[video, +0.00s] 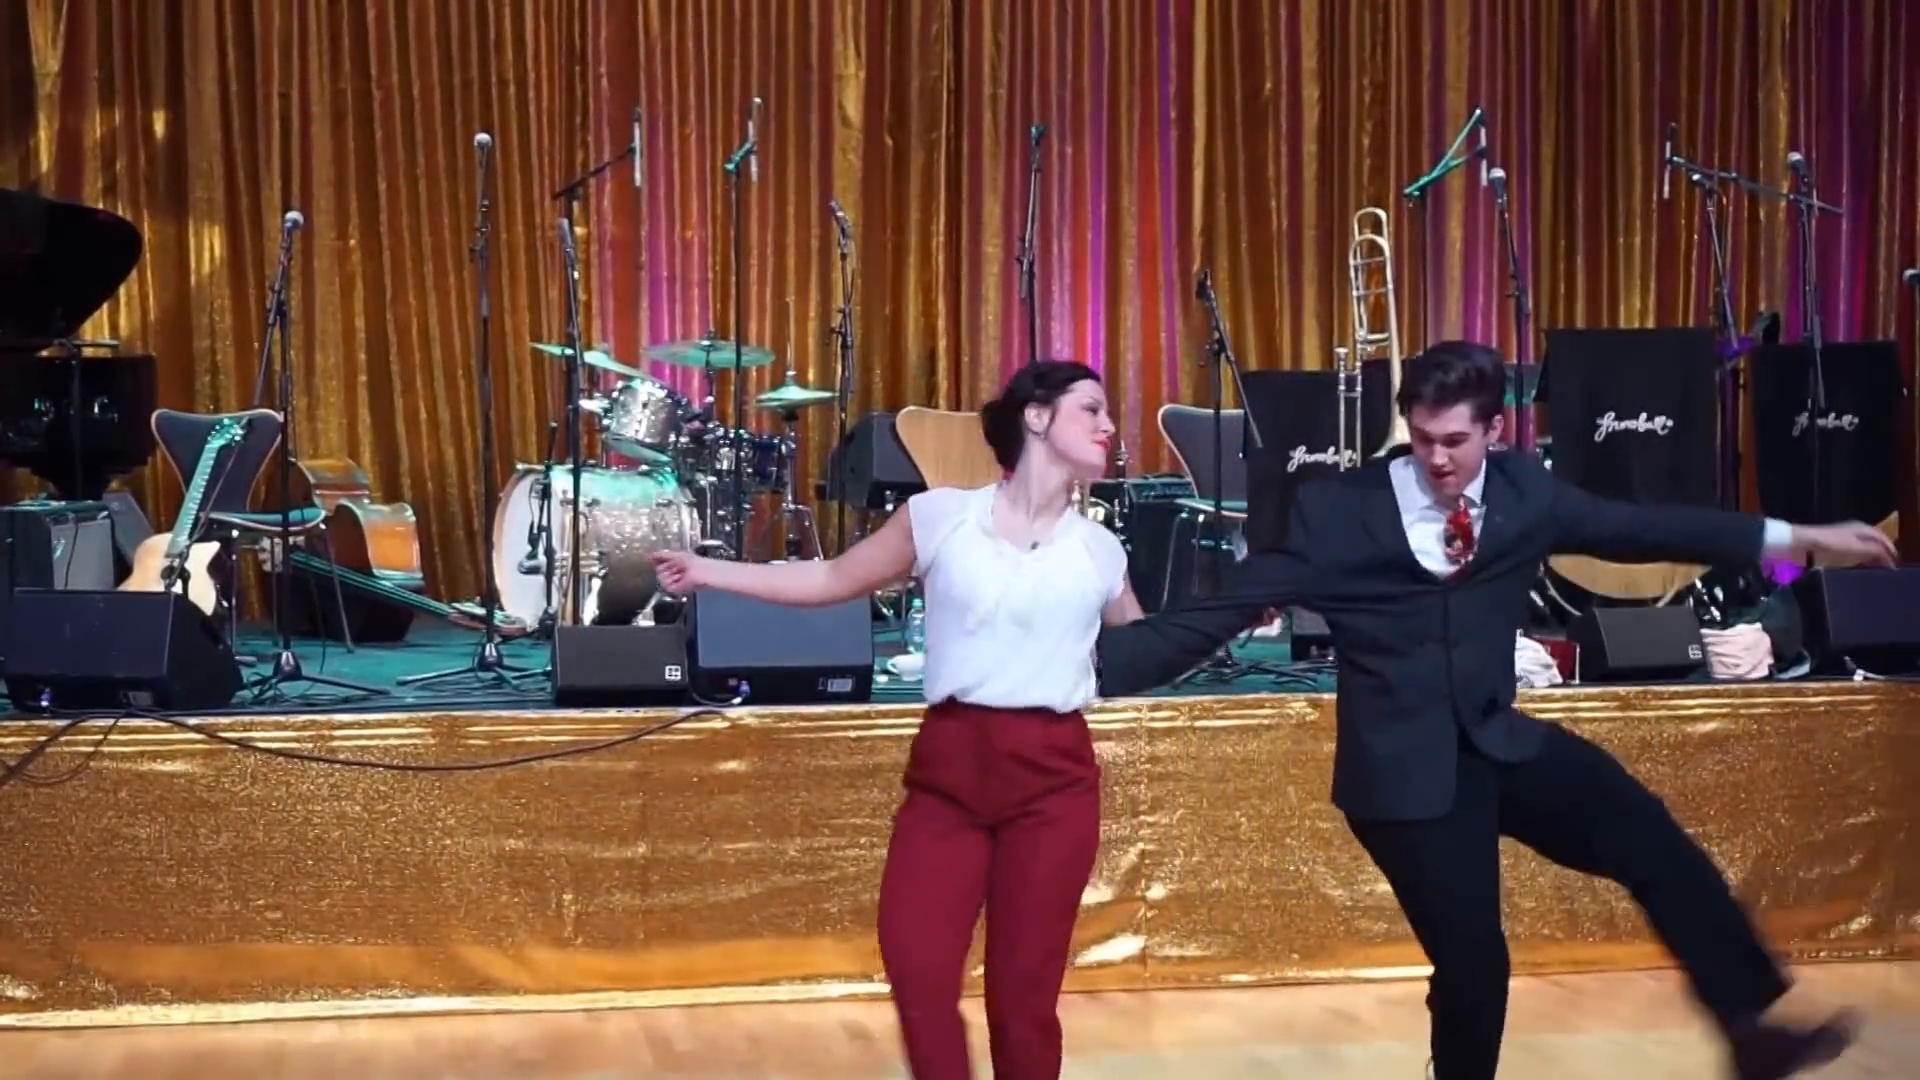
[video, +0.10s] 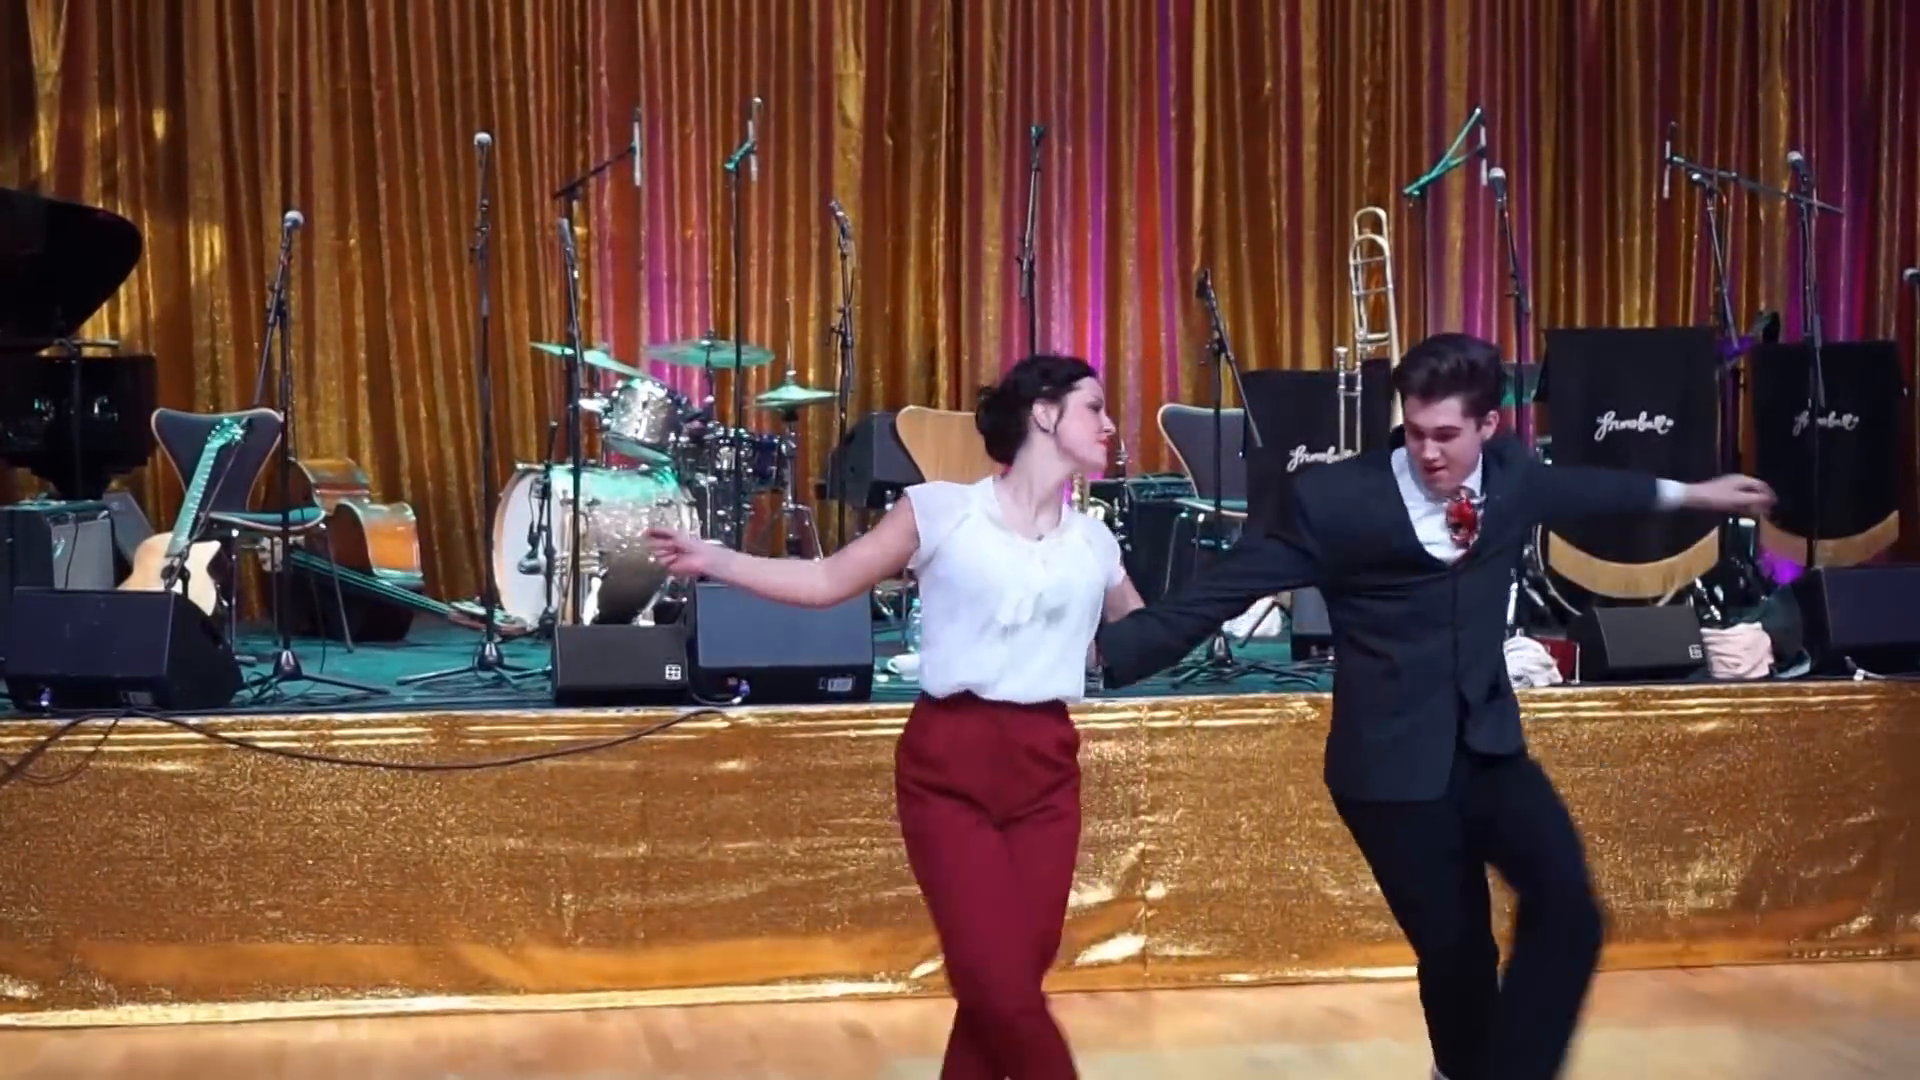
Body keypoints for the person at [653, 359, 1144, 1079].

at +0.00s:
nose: (1110, 428)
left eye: (1108, 414)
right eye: (1093, 410)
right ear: (1037, 418)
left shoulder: (1102, 553)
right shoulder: (936, 517)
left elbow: (1148, 663)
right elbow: (827, 579)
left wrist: (1232, 615)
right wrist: (705, 571)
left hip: (1055, 788)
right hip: (945, 783)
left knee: (1022, 1005)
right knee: (919, 984)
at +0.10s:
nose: (1110, 425)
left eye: (1106, 410)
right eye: (1095, 408)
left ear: (1057, 417)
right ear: (1043, 414)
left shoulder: (1095, 541)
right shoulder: (936, 509)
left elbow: (1148, 648)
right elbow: (824, 581)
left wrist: (1232, 589)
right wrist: (714, 560)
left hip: (1047, 774)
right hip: (944, 771)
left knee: (1004, 996)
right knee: (1005, 997)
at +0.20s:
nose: (1098, 442)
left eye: (1093, 428)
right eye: (1084, 428)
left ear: (1049, 441)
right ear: (1036, 438)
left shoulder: (1079, 562)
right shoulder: (938, 540)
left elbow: (1146, 661)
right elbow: (848, 633)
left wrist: (1239, 602)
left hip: (1038, 804)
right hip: (952, 802)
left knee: (1000, 1017)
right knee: (1056, 1015)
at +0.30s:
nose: (1088, 453)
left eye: (1084, 438)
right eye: (1077, 438)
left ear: (1037, 451)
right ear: (1035, 450)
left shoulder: (1039, 564)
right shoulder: (969, 553)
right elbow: (946, 672)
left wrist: (1088, 617)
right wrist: (1062, 637)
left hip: (1014, 810)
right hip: (965, 815)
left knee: (1000, 1016)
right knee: (1078, 1010)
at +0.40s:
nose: (1079, 439)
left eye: (1076, 424)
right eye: (1070, 424)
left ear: (1000, 442)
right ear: (1033, 437)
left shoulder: (947, 548)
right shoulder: (1042, 546)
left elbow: (936, 659)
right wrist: (1136, 651)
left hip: (922, 794)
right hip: (1000, 806)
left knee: (973, 1006)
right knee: (1072, 999)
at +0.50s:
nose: (1059, 424)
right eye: (1057, 414)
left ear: (966, 430)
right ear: (1050, 428)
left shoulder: (915, 530)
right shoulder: (1097, 537)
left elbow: (859, 654)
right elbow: (1123, 677)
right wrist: (1058, 659)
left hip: (946, 753)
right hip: (1049, 757)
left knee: (943, 1005)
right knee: (1055, 996)